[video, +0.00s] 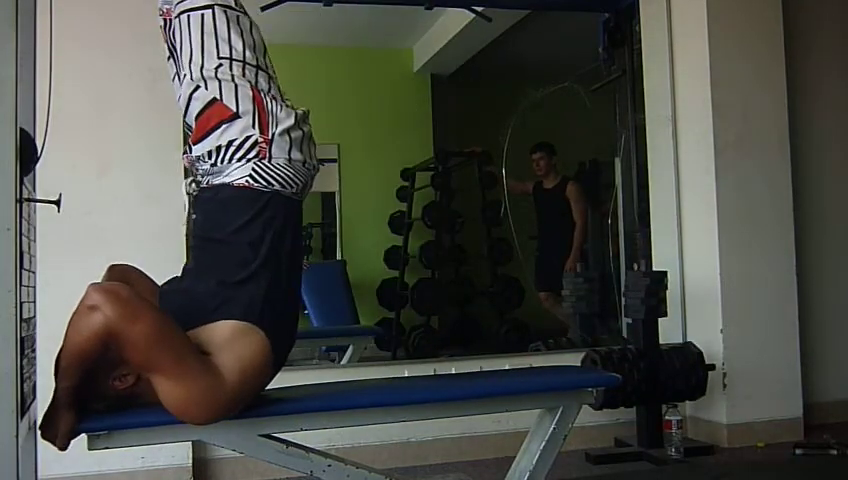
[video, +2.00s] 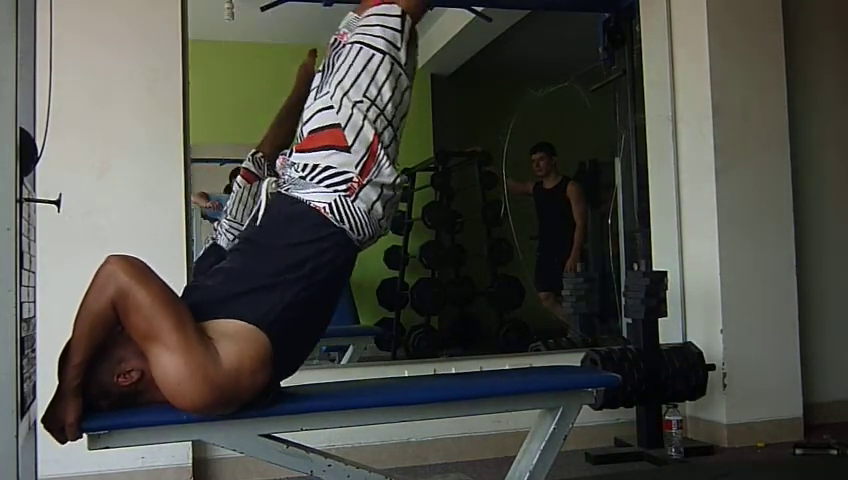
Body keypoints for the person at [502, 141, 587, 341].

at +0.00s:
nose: (537, 165)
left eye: (541, 160)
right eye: (534, 161)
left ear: (552, 161)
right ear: (532, 164)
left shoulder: (569, 187)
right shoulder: (535, 187)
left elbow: (580, 224)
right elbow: (511, 185)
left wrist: (573, 257)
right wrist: (489, 166)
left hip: (566, 250)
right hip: (545, 249)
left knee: (568, 296)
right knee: (545, 297)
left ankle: (574, 337)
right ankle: (575, 329)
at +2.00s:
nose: (536, 165)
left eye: (541, 160)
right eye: (534, 161)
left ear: (552, 161)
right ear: (532, 164)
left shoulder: (570, 187)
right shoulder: (536, 187)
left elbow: (581, 224)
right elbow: (511, 185)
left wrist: (574, 256)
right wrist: (488, 167)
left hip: (567, 250)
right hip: (546, 249)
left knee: (568, 296)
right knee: (546, 297)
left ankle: (576, 335)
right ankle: (577, 329)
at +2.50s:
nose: (536, 165)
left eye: (541, 160)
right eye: (534, 161)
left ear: (552, 161)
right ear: (531, 164)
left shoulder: (570, 187)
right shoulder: (536, 187)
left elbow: (580, 224)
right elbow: (512, 186)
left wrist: (574, 257)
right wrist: (493, 174)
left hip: (567, 250)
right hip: (546, 249)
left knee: (568, 296)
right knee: (546, 297)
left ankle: (575, 335)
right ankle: (577, 329)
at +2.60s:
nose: (536, 165)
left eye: (541, 160)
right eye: (534, 161)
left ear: (552, 161)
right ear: (531, 165)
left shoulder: (570, 187)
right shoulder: (535, 187)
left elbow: (580, 224)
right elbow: (509, 186)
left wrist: (574, 257)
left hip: (567, 249)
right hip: (546, 249)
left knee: (568, 296)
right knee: (546, 297)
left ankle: (574, 335)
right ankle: (578, 329)